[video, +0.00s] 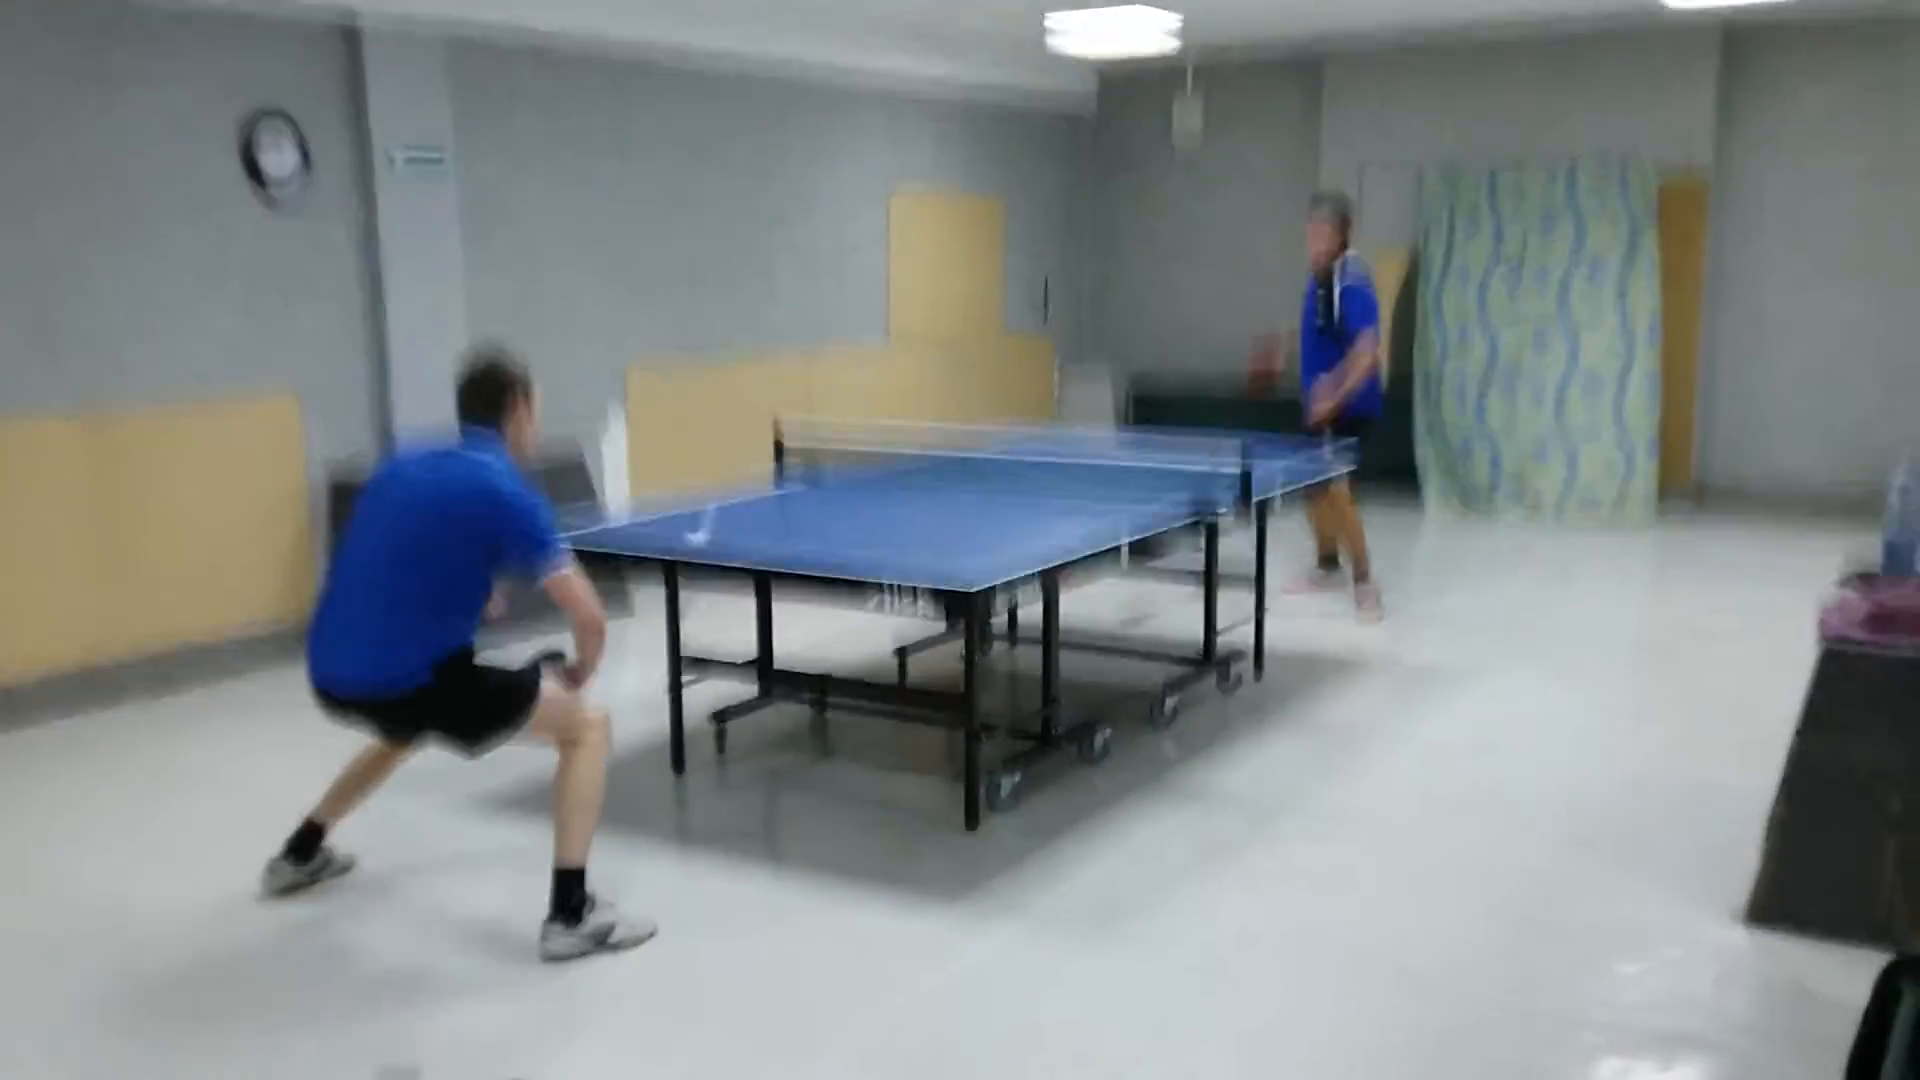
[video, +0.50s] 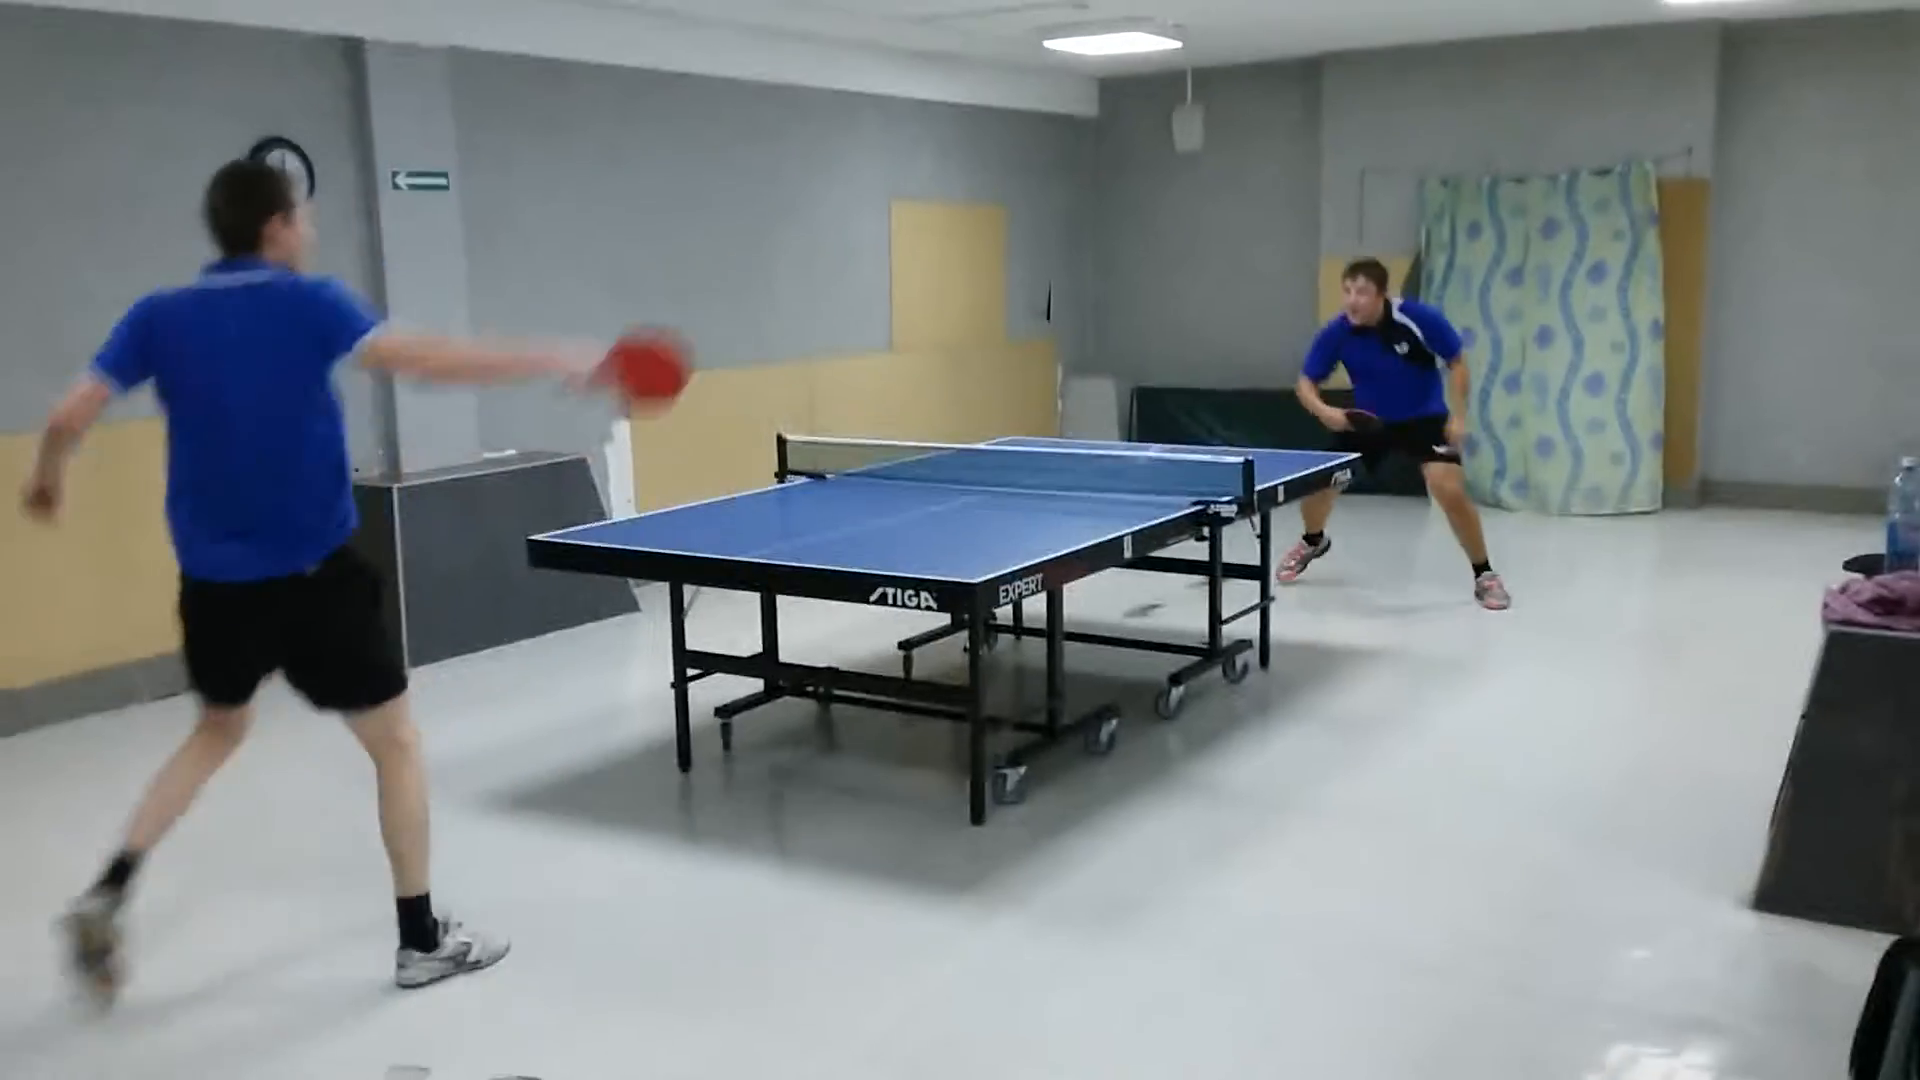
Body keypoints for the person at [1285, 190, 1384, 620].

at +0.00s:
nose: (1315, 240)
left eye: (1323, 231)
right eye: (1311, 230)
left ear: (1342, 234)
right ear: (1306, 235)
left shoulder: (1351, 280)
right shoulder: (1319, 278)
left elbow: (1366, 348)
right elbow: (1316, 337)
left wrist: (1334, 392)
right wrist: (1284, 357)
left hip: (1347, 399)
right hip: (1319, 394)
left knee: (1337, 487)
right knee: (1314, 485)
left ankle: (1362, 580)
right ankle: (1326, 565)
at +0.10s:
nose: (1322, 235)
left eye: (1331, 229)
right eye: (1317, 227)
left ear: (1347, 235)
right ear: (1310, 233)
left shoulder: (1367, 275)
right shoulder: (1314, 276)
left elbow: (1389, 336)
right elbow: (1311, 325)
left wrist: (1355, 384)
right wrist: (1279, 359)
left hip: (1371, 388)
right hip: (1331, 388)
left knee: (1358, 470)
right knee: (1323, 468)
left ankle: (1374, 566)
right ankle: (1334, 551)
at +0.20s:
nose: (1332, 239)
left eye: (1341, 231)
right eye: (1327, 230)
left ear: (1359, 233)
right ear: (1320, 233)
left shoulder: (1385, 269)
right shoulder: (1316, 273)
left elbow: (1411, 320)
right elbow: (1297, 317)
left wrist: (1385, 374)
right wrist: (1283, 361)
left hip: (1392, 375)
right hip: (1345, 377)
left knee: (1392, 453)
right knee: (1336, 457)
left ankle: (1415, 549)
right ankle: (1339, 538)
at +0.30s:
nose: (1321, 252)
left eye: (1331, 244)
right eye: (1317, 243)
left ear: (1349, 249)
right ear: (1310, 247)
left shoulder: (1377, 280)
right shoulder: (1306, 288)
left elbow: (1416, 324)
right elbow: (1280, 329)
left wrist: (1398, 383)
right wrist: (1277, 368)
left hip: (1387, 387)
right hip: (1339, 390)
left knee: (1402, 462)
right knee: (1314, 464)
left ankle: (1442, 551)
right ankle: (1311, 542)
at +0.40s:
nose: (1339, 276)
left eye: (1348, 268)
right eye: (1335, 266)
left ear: (1366, 271)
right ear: (1327, 269)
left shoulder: (1396, 302)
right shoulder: (1318, 312)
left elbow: (1437, 345)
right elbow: (1289, 357)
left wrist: (1428, 401)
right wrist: (1301, 395)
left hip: (1401, 415)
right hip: (1346, 416)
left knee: (1427, 484)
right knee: (1318, 480)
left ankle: (1474, 569)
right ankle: (1313, 554)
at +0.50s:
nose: (1353, 300)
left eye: (1362, 292)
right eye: (1349, 292)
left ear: (1381, 295)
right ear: (1343, 294)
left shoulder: (1419, 320)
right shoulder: (1337, 333)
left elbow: (1457, 364)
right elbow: (1304, 384)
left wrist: (1458, 418)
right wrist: (1324, 412)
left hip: (1424, 422)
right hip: (1369, 423)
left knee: (1448, 488)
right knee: (1317, 477)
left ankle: (1484, 574)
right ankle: (1313, 541)